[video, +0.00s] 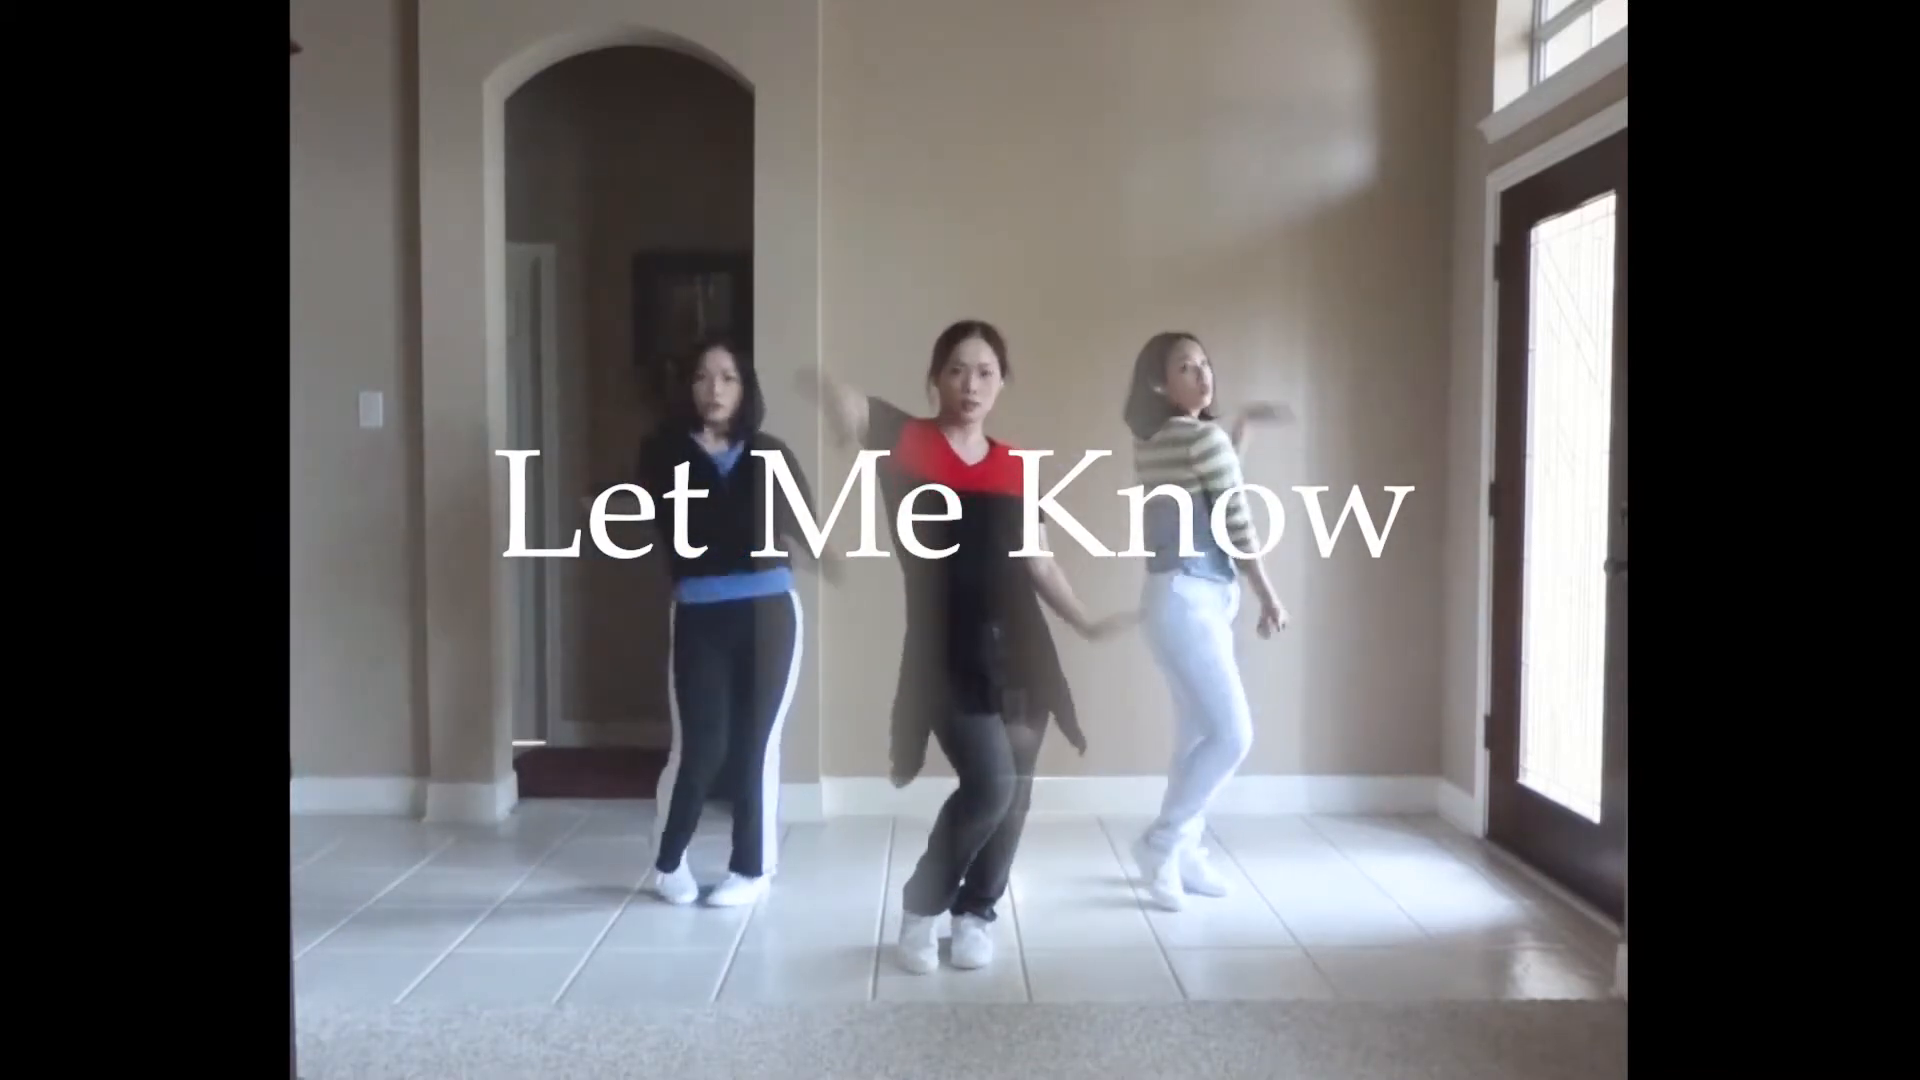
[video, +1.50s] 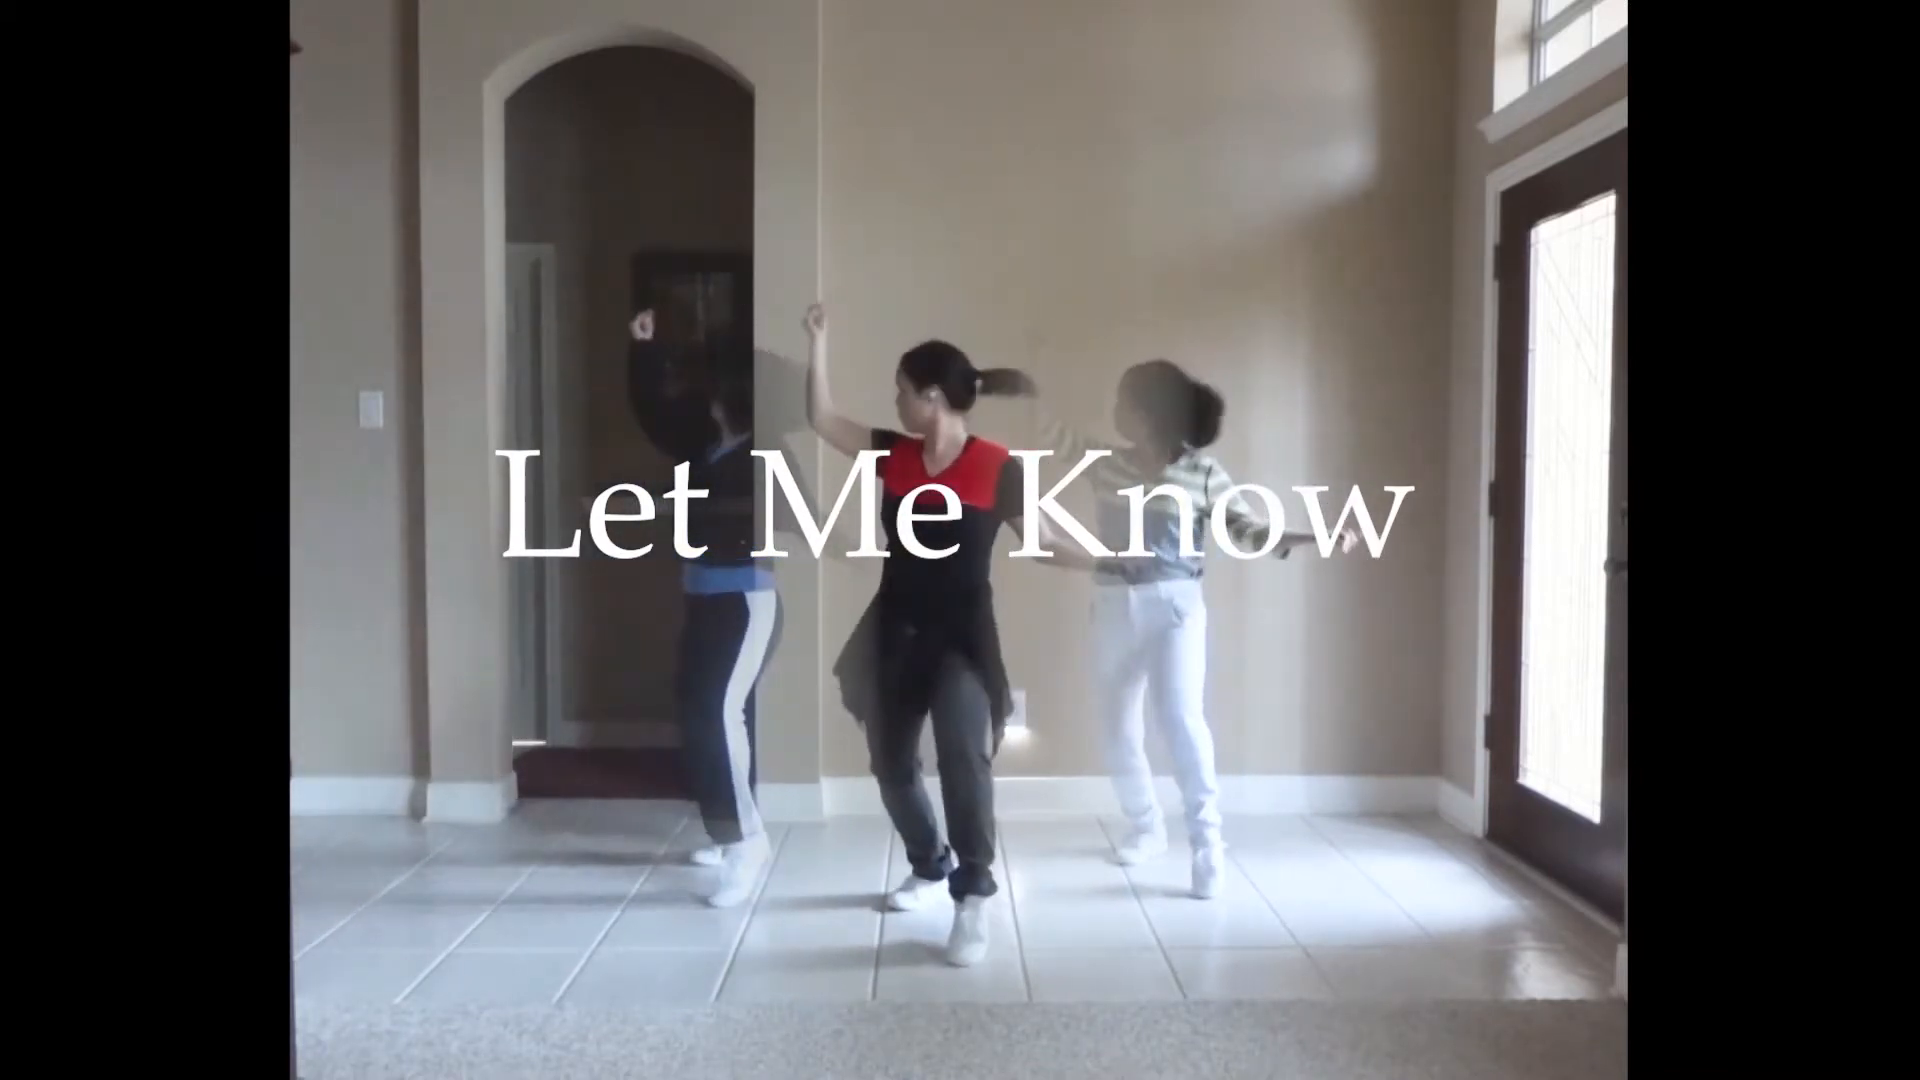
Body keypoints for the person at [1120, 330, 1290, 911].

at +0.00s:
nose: (1202, 375)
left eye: (1204, 365)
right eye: (1187, 368)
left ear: (1208, 373)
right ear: (1160, 384)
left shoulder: (1151, 439)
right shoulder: (1206, 435)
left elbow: (1199, 462)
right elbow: (1235, 521)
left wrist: (1237, 429)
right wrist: (1268, 596)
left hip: (1169, 593)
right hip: (1195, 597)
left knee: (1195, 731)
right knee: (1233, 735)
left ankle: (1189, 851)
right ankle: (1161, 844)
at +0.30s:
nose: (1197, 397)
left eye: (1205, 386)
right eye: (1184, 387)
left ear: (1217, 394)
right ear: (1158, 394)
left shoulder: (1228, 462)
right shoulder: (1141, 450)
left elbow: (1251, 537)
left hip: (1226, 604)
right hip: (1170, 605)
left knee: (1223, 733)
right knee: (1213, 734)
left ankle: (1191, 849)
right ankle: (1157, 847)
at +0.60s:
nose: (1194, 401)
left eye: (1202, 388)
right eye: (1180, 391)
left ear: (1218, 392)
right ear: (1159, 398)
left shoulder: (1246, 464)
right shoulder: (1139, 444)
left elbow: (1281, 538)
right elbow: (1089, 413)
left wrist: (1313, 601)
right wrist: (1073, 364)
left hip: (1219, 619)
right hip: (1150, 617)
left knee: (1221, 747)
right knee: (1161, 738)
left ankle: (1184, 855)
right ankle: (1132, 854)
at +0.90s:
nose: (1189, 358)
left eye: (1199, 351)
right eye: (1177, 349)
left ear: (1213, 367)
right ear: (1154, 361)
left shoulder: (1230, 439)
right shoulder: (1123, 421)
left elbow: (1287, 486)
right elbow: (1067, 381)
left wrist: (1332, 512)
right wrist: (1038, 313)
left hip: (1204, 589)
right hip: (1137, 591)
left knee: (1208, 723)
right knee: (1138, 718)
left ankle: (1214, 847)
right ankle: (1142, 823)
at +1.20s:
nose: (1171, 388)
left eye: (1181, 380)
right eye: (1160, 378)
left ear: (1193, 395)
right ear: (1137, 387)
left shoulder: (1205, 460)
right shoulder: (1105, 443)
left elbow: (1255, 507)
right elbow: (1048, 405)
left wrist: (1311, 512)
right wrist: (1049, 344)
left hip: (1184, 594)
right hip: (1121, 600)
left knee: (1192, 719)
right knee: (1130, 724)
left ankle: (1230, 838)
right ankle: (1147, 830)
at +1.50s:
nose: (1116, 408)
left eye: (1125, 401)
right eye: (1118, 400)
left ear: (1149, 412)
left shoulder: (1203, 475)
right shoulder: (1107, 466)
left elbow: (1242, 529)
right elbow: (1063, 442)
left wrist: (1297, 539)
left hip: (1175, 606)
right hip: (1115, 607)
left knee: (1182, 717)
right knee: (1119, 724)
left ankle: (1206, 840)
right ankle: (1144, 827)